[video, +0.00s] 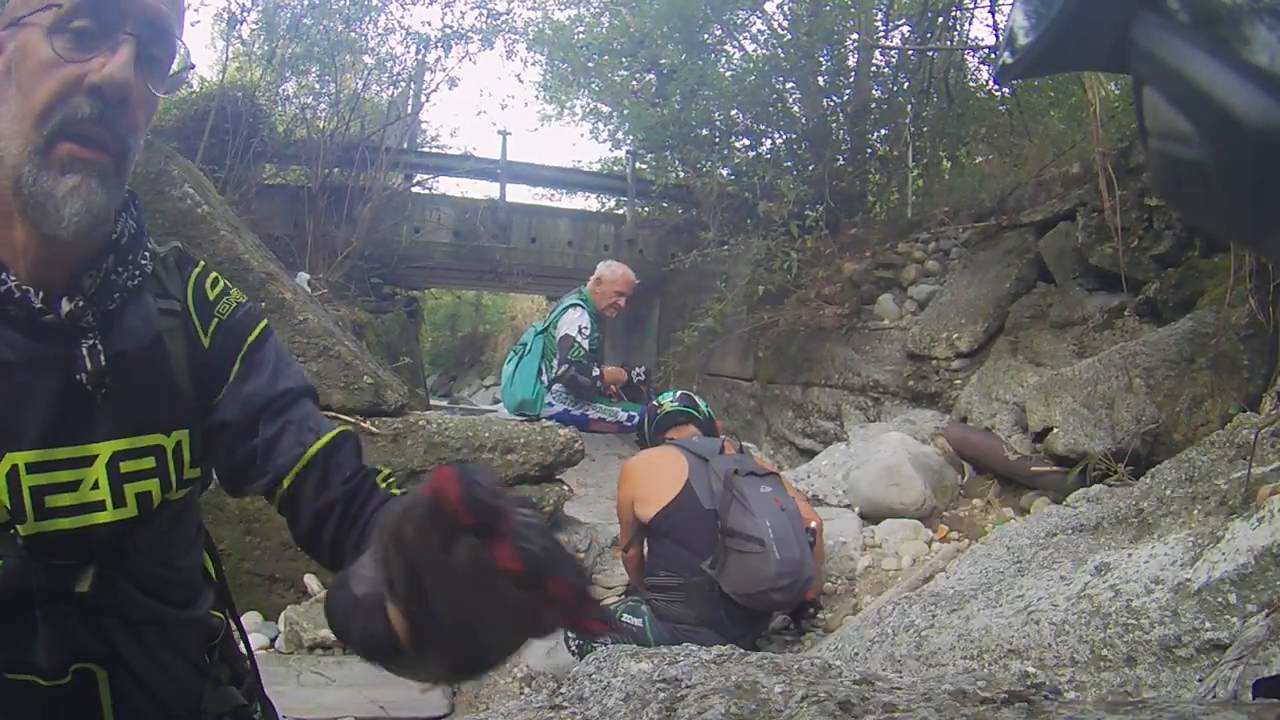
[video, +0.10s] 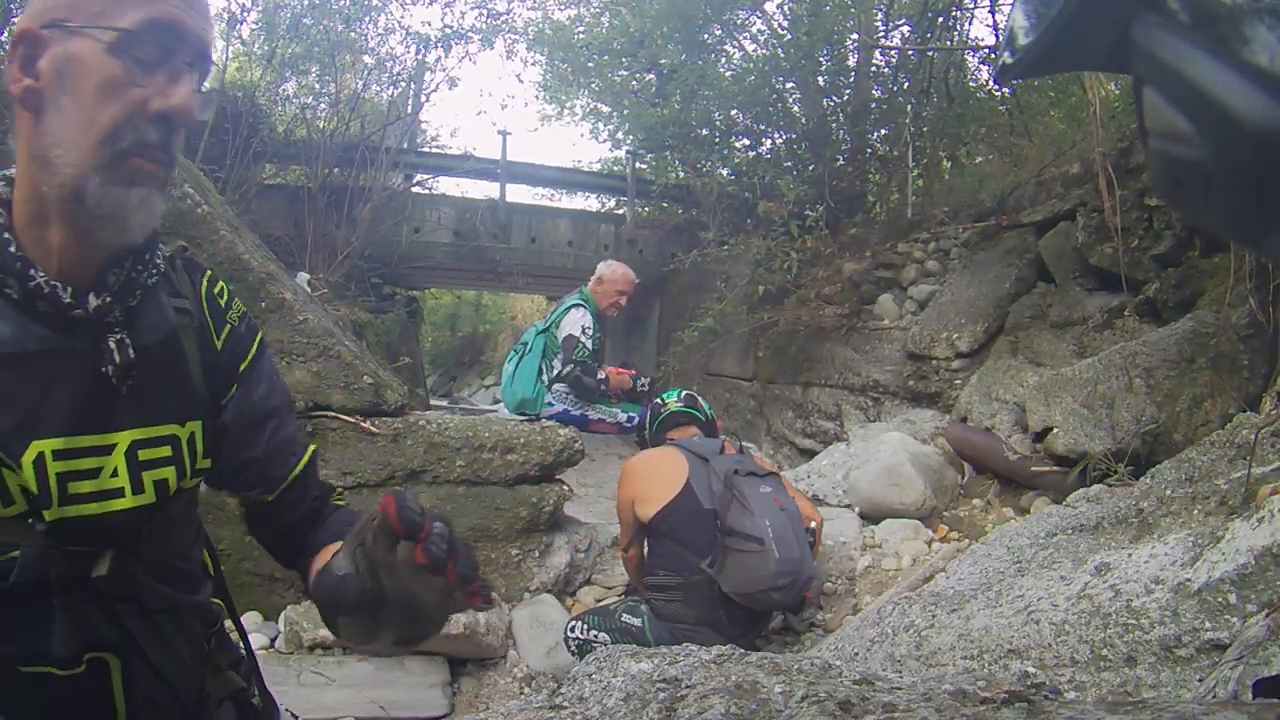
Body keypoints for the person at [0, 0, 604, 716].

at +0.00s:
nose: (119, 77)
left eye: (151, 58)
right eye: (77, 32)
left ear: (158, 104)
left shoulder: (182, 305)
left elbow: (342, 505)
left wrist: (436, 591)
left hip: (184, 689)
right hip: (29, 687)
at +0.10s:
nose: (183, 105)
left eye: (198, 78)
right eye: (148, 54)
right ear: (27, 68)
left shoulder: (193, 308)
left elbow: (304, 517)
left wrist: (371, 591)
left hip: (195, 695)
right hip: (29, 700)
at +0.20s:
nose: (247, 140)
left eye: (248, 100)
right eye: (223, 88)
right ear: (101, 83)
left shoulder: (198, 312)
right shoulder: (10, 299)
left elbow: (245, 495)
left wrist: (310, 599)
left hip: (213, 699)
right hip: (41, 707)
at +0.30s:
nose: (287, 181)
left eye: (290, 143)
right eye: (278, 134)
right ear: (173, 106)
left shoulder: (194, 314)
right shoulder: (16, 298)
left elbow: (207, 490)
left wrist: (287, 602)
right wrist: (27, 699)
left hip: (214, 681)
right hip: (57, 689)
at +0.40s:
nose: (308, 222)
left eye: (317, 188)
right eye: (308, 179)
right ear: (229, 136)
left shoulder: (194, 316)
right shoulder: (25, 297)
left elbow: (180, 505)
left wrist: (262, 595)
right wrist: (96, 684)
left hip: (205, 677)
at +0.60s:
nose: (328, 280)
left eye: (338, 255)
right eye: (334, 247)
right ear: (282, 206)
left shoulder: (203, 330)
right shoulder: (83, 314)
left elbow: (155, 521)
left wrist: (237, 597)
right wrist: (146, 701)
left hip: (186, 659)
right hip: (64, 696)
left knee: (342, 708)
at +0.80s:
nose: (335, 321)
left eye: (347, 302)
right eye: (346, 296)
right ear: (314, 265)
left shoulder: (221, 334)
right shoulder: (161, 317)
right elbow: (4, 474)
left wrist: (222, 591)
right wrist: (129, 701)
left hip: (192, 649)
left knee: (326, 689)